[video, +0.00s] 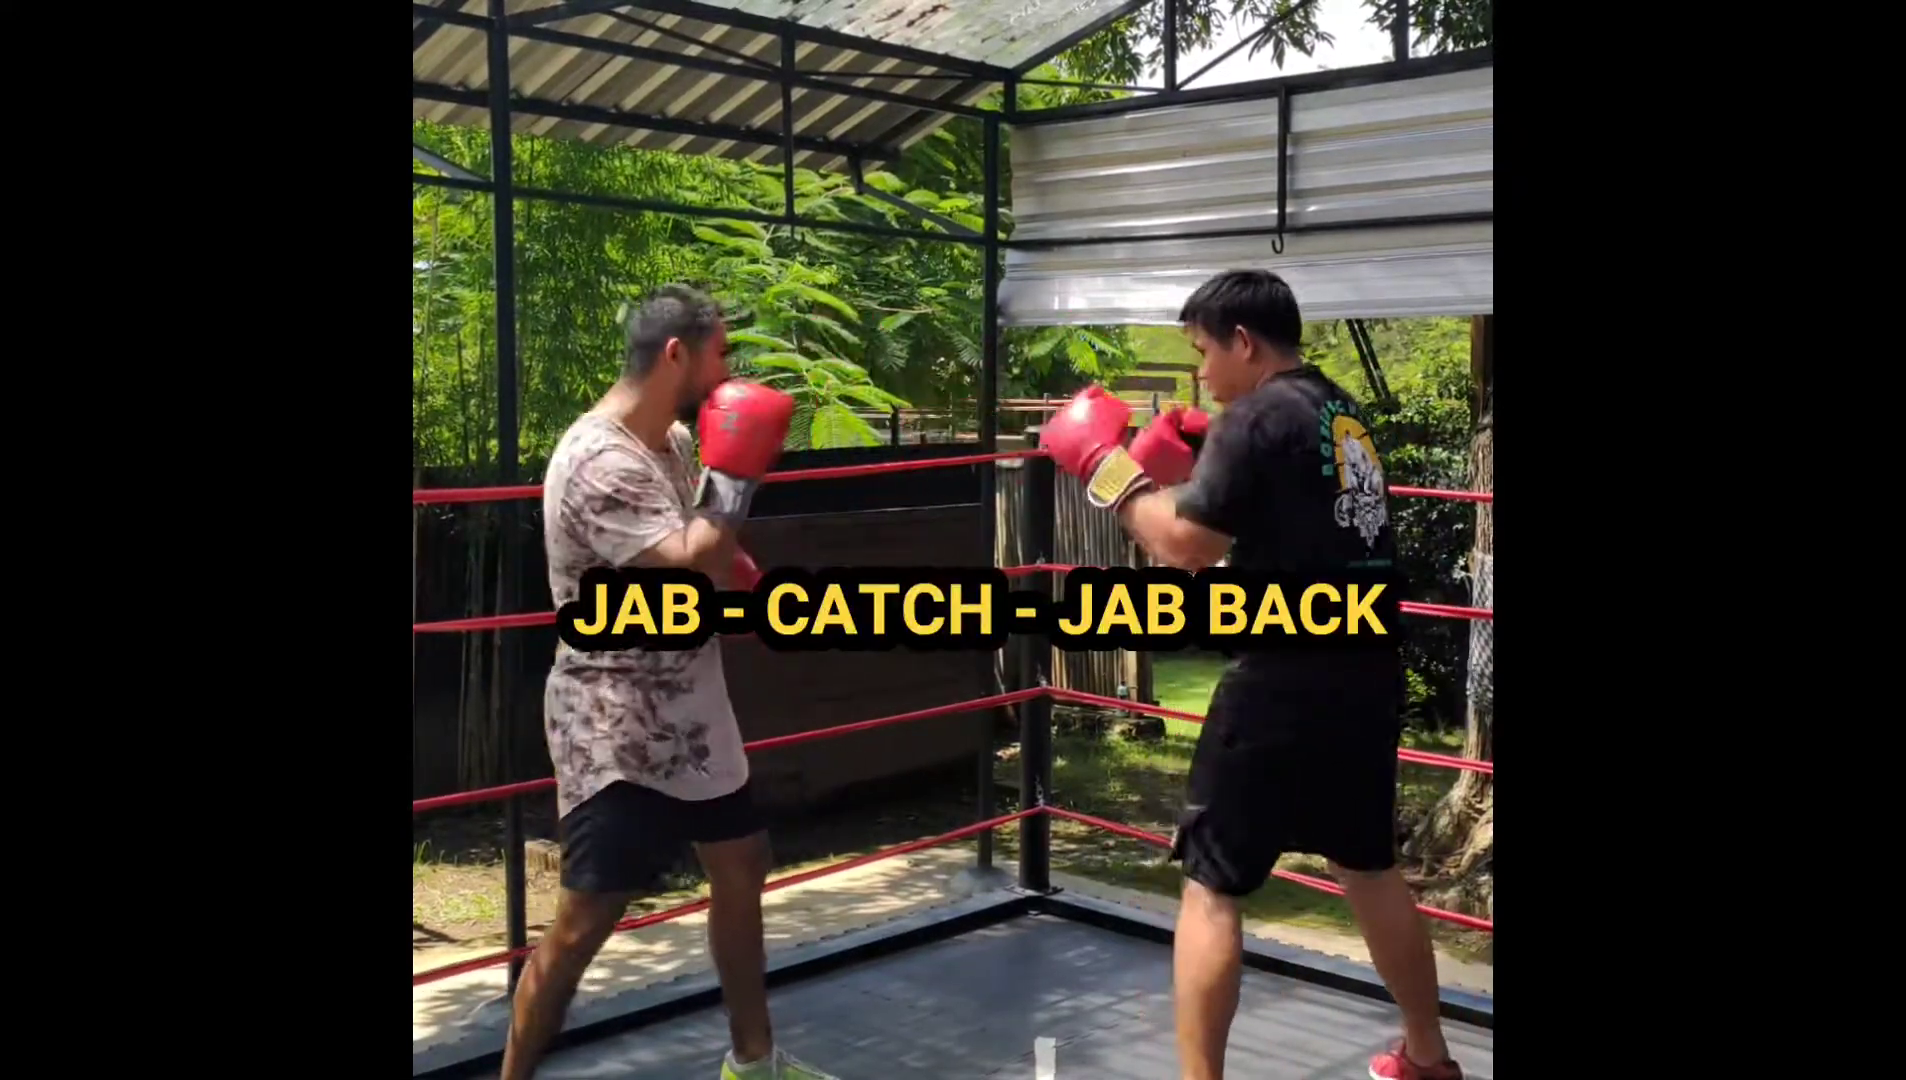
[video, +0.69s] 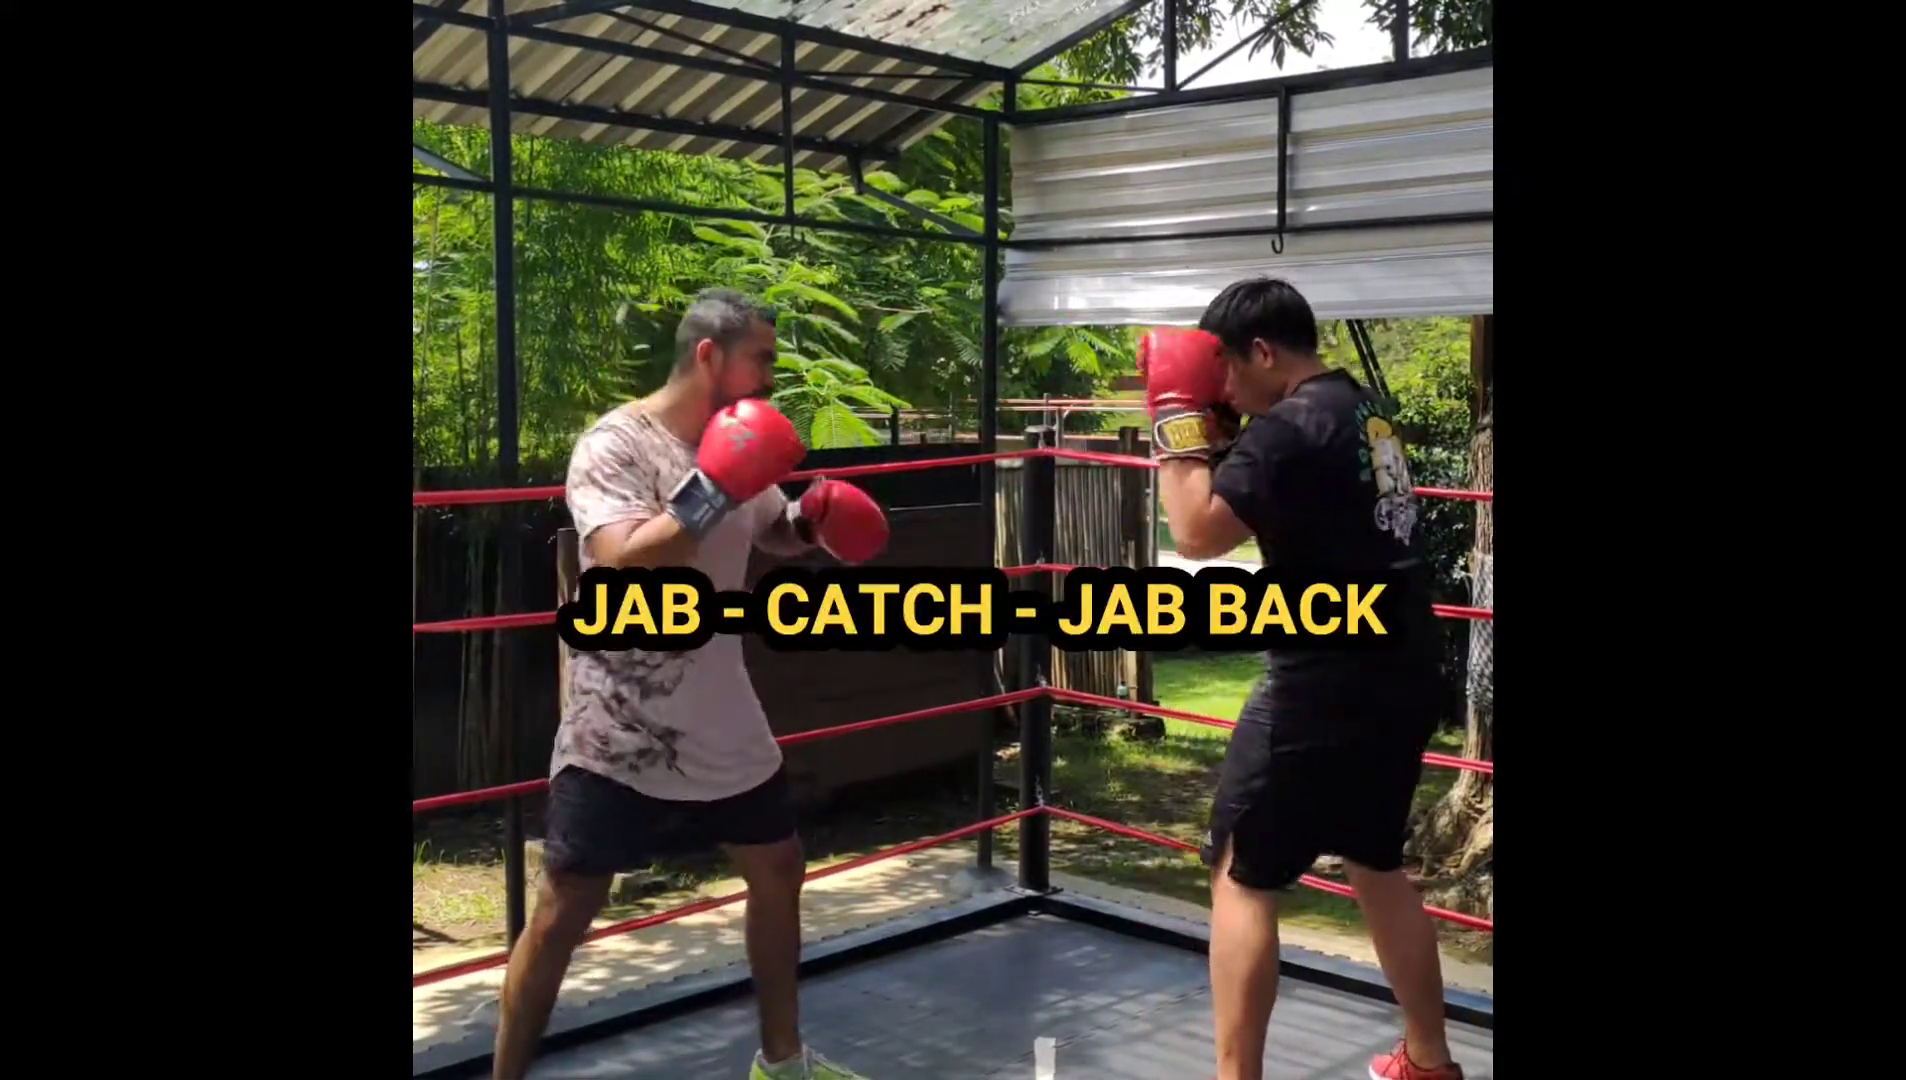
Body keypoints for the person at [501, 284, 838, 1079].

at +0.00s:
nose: (727, 369)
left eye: (728, 353)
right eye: (720, 352)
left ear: (668, 356)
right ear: (674, 354)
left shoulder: (673, 445)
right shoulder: (594, 459)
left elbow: (693, 540)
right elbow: (686, 562)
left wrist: (720, 563)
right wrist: (734, 471)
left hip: (692, 706)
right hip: (611, 717)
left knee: (740, 867)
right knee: (582, 923)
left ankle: (755, 1059)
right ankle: (513, 1074)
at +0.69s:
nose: (769, 380)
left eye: (773, 364)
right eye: (761, 361)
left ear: (719, 360)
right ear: (707, 355)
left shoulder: (741, 462)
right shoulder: (611, 444)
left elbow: (777, 535)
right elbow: (617, 556)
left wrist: (825, 529)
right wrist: (714, 488)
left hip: (721, 714)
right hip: (613, 722)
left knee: (778, 873)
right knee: (560, 915)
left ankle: (783, 1057)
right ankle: (505, 1075)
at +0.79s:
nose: (800, 387)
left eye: (805, 373)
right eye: (792, 370)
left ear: (761, 369)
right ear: (737, 361)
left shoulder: (799, 441)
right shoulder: (641, 440)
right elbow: (627, 546)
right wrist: (726, 475)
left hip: (734, 724)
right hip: (620, 725)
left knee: (792, 868)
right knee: (565, 899)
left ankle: (785, 1057)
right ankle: (503, 1073)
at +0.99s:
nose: (804, 392)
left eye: (807, 377)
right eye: (796, 375)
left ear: (751, 373)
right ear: (743, 369)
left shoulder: (780, 454)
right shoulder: (640, 449)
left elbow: (876, 510)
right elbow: (640, 562)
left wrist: (923, 465)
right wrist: (741, 494)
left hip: (739, 721)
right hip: (629, 720)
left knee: (795, 864)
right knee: (569, 896)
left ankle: (786, 1057)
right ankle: (494, 1072)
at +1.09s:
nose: (774, 388)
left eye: (776, 373)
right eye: (766, 370)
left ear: (722, 366)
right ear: (716, 363)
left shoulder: (740, 458)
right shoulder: (615, 453)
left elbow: (769, 556)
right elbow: (642, 581)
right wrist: (725, 493)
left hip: (724, 721)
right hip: (616, 725)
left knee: (778, 865)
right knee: (558, 905)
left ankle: (785, 1057)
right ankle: (489, 1072)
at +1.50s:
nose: (728, 379)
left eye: (730, 365)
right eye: (720, 362)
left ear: (675, 362)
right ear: (672, 360)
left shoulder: (696, 453)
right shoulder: (584, 463)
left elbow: (738, 551)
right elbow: (654, 573)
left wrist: (724, 583)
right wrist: (701, 462)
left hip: (693, 708)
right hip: (600, 719)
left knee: (759, 862)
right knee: (556, 912)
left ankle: (758, 1055)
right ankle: (490, 1074)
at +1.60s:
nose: (738, 375)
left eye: (740, 358)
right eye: (733, 357)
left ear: (677, 356)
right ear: (692, 355)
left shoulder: (673, 442)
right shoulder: (628, 446)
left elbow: (674, 554)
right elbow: (756, 507)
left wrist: (729, 576)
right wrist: (814, 408)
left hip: (698, 715)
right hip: (624, 725)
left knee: (756, 863)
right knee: (571, 921)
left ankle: (759, 1055)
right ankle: (497, 1073)